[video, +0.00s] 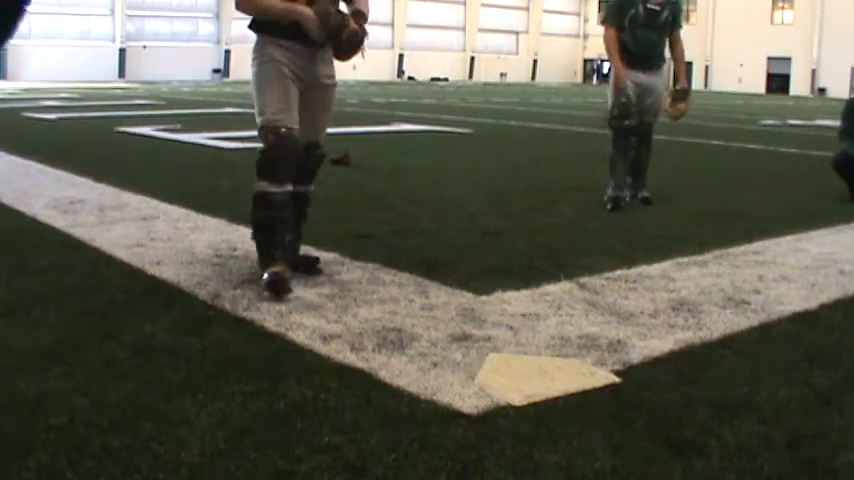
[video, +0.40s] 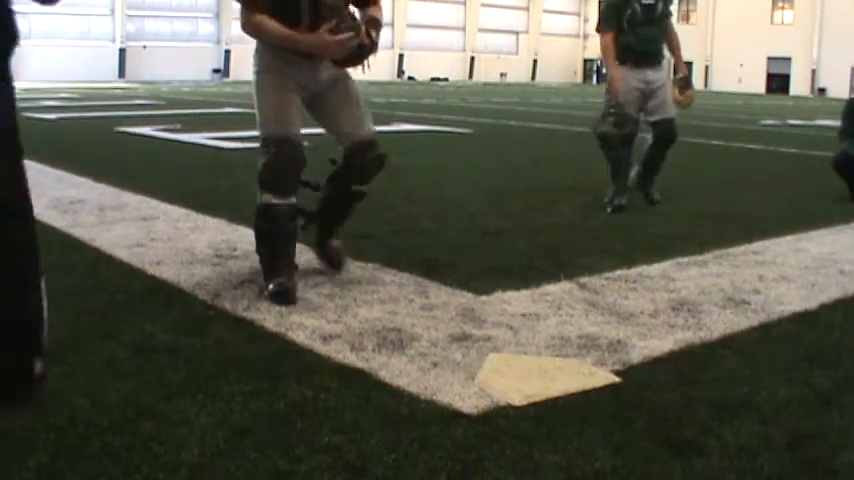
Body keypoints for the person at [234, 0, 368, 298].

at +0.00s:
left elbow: (359, 7)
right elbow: (244, 4)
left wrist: (355, 25)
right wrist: (299, 12)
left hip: (322, 53)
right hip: (276, 48)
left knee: (310, 153)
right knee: (280, 146)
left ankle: (290, 250)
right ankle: (272, 262)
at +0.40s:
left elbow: (371, 3)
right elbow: (250, 20)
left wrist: (370, 27)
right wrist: (312, 42)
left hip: (331, 60)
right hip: (280, 59)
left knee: (367, 153)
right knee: (285, 156)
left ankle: (325, 227)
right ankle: (279, 268)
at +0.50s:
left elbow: (383, 11)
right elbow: (254, 23)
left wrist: (377, 38)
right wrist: (318, 50)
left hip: (337, 57)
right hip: (283, 57)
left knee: (379, 146)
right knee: (286, 156)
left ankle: (366, 231)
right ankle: (279, 271)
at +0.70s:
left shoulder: (396, 4)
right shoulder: (301, 5)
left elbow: (420, 51)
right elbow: (268, 57)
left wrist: (395, 80)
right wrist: (331, 81)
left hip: (357, 86)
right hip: (298, 84)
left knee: (397, 161)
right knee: (294, 164)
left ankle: (409, 260)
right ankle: (280, 275)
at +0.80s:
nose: (384, 28)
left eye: (391, 20)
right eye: (376, 18)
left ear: (399, 8)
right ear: (356, 5)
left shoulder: (406, 32)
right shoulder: (320, 21)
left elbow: (439, 87)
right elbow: (279, 86)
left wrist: (405, 110)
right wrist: (341, 110)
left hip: (367, 108)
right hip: (308, 107)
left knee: (413, 164)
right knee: (302, 169)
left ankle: (412, 261)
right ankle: (280, 273)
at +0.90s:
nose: (395, 27)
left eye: (400, 17)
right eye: (385, 18)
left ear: (408, 17)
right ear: (361, 17)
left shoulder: (414, 63)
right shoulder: (325, 52)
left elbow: (452, 115)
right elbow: (287, 113)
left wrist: (416, 132)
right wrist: (354, 132)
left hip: (374, 143)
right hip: (316, 137)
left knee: (423, 169)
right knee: (307, 173)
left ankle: (412, 264)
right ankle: (281, 274)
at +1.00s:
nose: (397, 57)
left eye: (402, 47)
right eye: (387, 48)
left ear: (410, 45)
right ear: (363, 45)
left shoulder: (417, 88)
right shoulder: (327, 80)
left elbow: (462, 137)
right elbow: (290, 136)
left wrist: (424, 147)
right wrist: (359, 150)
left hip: (388, 166)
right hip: (329, 164)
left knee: (434, 179)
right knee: (305, 178)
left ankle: (411, 265)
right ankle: (282, 275)